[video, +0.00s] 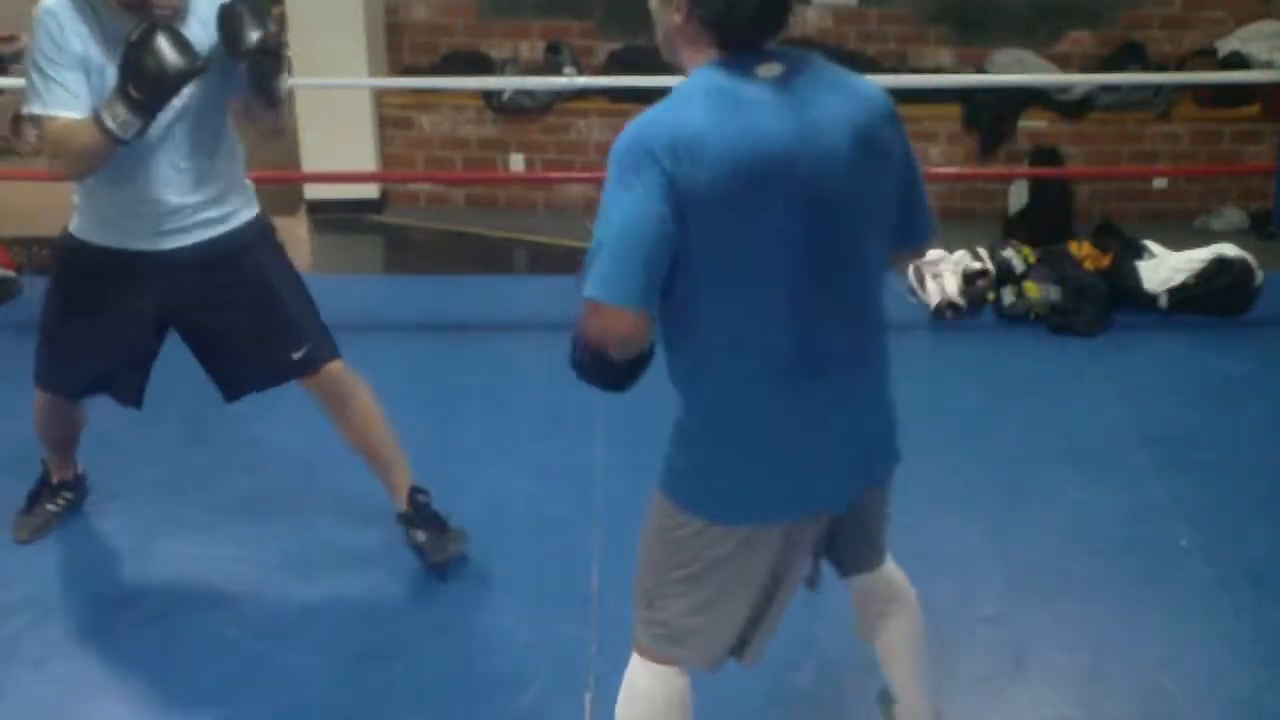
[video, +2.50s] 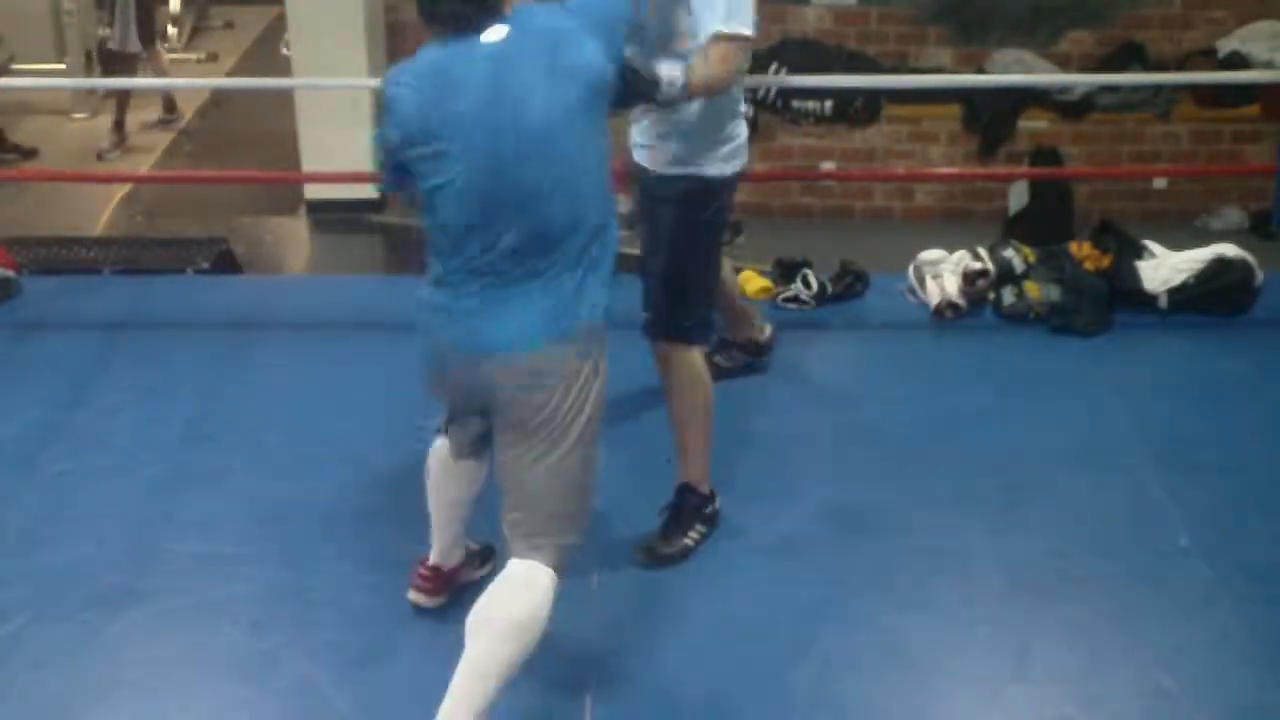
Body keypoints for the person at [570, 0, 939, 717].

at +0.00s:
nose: (658, 15)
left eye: (661, 4)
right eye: (661, 4)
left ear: (680, 16)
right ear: (776, 13)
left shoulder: (659, 139)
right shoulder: (863, 105)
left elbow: (615, 337)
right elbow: (909, 246)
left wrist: (602, 358)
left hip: (733, 457)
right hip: (857, 432)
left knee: (662, 656)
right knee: (873, 571)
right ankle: (916, 709)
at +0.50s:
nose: (646, 15)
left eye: (649, 5)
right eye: (649, 4)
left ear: (668, 16)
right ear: (760, 21)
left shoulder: (624, 139)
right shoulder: (841, 117)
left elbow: (577, 304)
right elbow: (923, 225)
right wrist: (823, 249)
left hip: (685, 446)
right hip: (815, 434)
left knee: (591, 603)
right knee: (855, 584)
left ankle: (538, 715)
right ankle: (903, 710)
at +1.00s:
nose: (605, 52)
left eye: (611, 37)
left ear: (623, 53)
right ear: (732, 54)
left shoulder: (556, 172)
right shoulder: (785, 170)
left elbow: (473, 330)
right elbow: (769, 283)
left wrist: (554, 330)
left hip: (589, 491)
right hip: (726, 507)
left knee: (556, 612)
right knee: (731, 704)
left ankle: (524, 710)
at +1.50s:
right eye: (747, 70)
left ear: (635, 67)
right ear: (738, 85)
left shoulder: (543, 159)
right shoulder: (762, 196)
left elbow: (444, 294)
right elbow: (759, 329)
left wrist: (504, 323)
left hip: (531, 478)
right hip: (659, 511)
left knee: (520, 597)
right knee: (726, 705)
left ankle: (497, 705)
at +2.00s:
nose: (703, 60)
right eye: (697, 48)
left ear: (590, 43)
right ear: (681, 62)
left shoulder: (519, 112)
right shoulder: (678, 165)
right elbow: (737, 287)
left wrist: (504, 15)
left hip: (485, 440)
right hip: (601, 479)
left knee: (518, 533)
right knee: (662, 697)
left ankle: (496, 656)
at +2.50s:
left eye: (415, 18)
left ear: (421, 16)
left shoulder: (408, 87)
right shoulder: (565, 38)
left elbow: (400, 185)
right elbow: (641, 10)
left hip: (456, 330)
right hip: (553, 338)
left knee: (462, 428)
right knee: (536, 548)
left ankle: (442, 562)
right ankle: (456, 713)